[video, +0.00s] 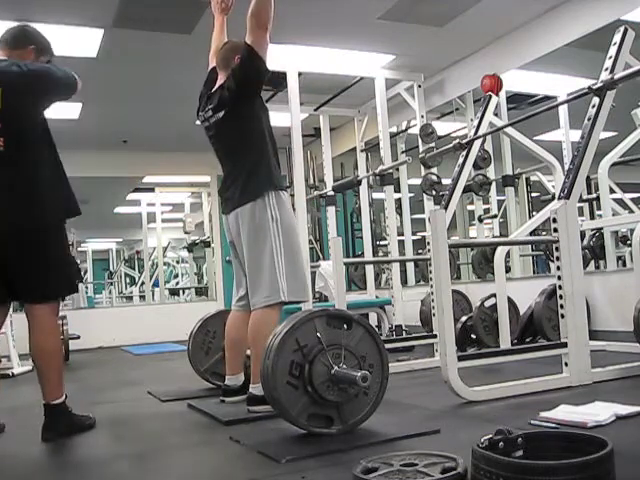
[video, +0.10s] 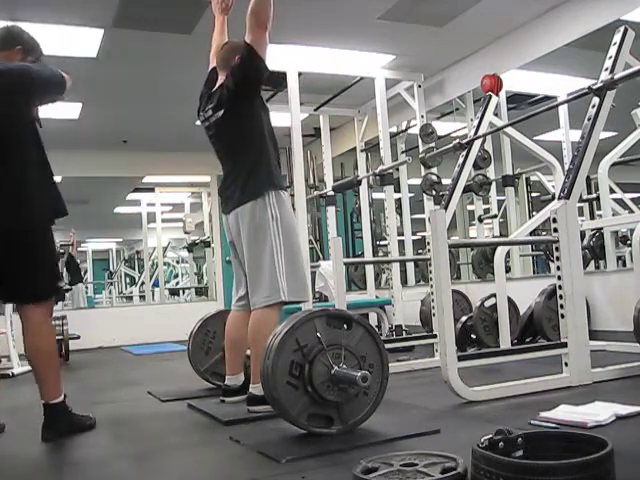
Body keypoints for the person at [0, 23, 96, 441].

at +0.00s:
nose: (41, 67)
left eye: (43, 62)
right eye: (43, 62)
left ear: (7, 49)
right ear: (31, 53)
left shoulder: (11, 80)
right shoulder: (21, 79)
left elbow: (67, 82)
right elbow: (69, 82)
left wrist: (34, 68)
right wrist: (41, 65)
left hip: (19, 217)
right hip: (29, 217)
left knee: (40, 312)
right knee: (42, 310)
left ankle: (57, 410)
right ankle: (56, 412)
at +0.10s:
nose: (31, 65)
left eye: (31, 60)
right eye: (31, 59)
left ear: (7, 52)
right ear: (19, 52)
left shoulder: (12, 78)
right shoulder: (15, 78)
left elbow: (57, 83)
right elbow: (61, 82)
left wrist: (28, 73)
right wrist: (31, 69)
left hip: (21, 212)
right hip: (20, 212)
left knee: (36, 309)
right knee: (36, 308)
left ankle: (56, 410)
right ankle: (56, 411)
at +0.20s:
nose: (25, 67)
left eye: (25, 62)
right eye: (23, 62)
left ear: (0, 54)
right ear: (7, 55)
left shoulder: (8, 80)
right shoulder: (8, 76)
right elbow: (55, 86)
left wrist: (23, 110)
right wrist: (25, 103)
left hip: (14, 213)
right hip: (11, 214)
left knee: (26, 309)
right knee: (26, 308)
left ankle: (55, 408)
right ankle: (55, 408)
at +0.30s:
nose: (24, 67)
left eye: (22, 61)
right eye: (21, 62)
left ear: (3, 57)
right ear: (10, 56)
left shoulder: (10, 75)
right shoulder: (6, 74)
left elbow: (42, 90)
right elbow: (47, 88)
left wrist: (24, 112)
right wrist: (29, 113)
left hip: (8, 212)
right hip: (5, 213)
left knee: (15, 306)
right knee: (13, 306)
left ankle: (44, 405)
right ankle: (43, 405)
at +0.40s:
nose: (12, 70)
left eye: (13, 63)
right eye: (11, 63)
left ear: (4, 58)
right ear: (3, 57)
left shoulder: (7, 78)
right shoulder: (3, 77)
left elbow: (34, 96)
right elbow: (38, 94)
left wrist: (24, 124)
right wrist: (26, 125)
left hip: (4, 218)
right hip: (2, 218)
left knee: (8, 308)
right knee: (7, 308)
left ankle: (22, 408)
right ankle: (22, 409)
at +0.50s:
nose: (7, 62)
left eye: (6, 58)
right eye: (5, 57)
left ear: (7, 56)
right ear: (1, 53)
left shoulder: (9, 92)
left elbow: (20, 102)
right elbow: (21, 102)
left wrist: (25, 133)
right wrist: (26, 134)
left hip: (3, 222)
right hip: (1, 224)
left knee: (4, 300)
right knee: (3, 299)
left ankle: (3, 412)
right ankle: (2, 414)